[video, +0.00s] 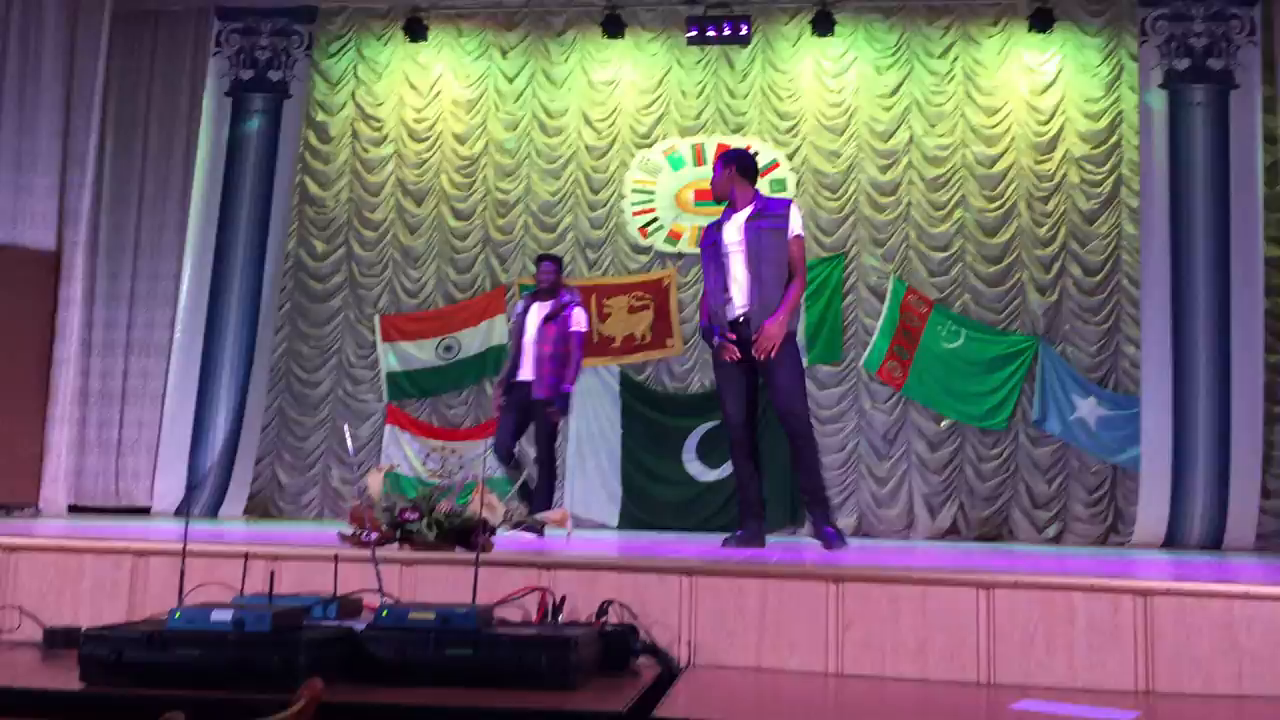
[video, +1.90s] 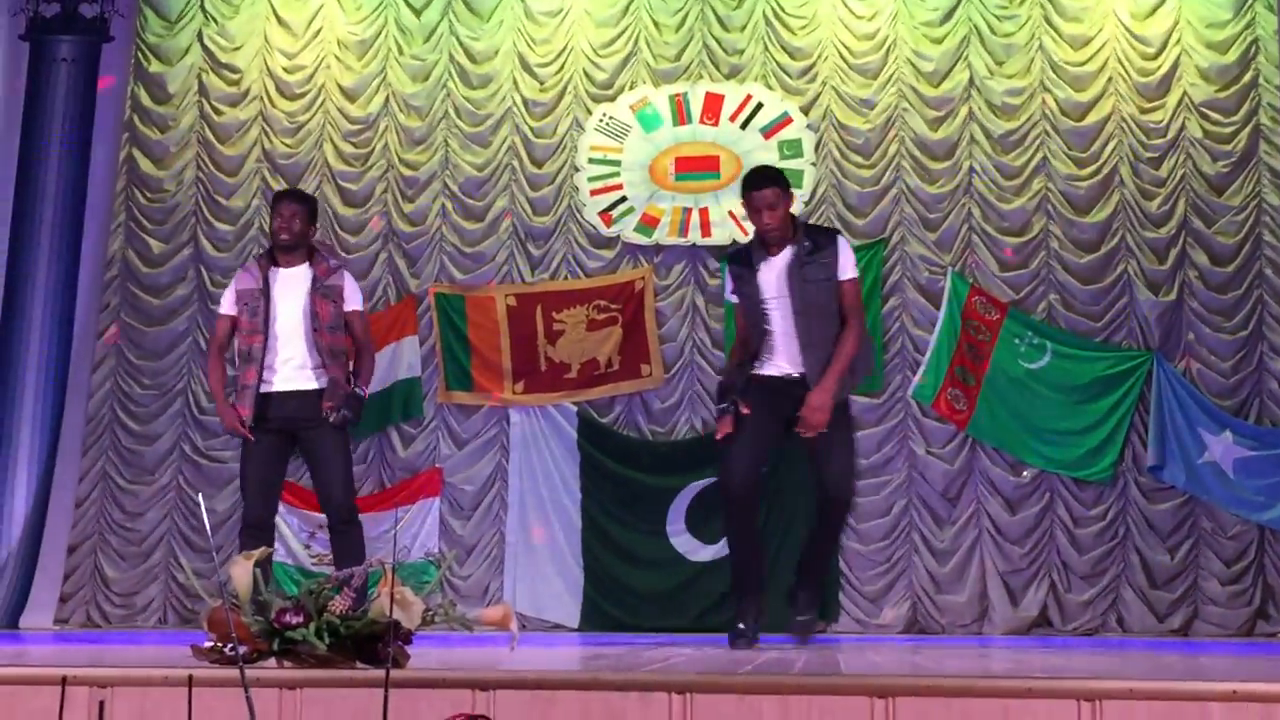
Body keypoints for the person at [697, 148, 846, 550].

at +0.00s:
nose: (712, 180)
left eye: (716, 172)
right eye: (714, 172)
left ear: (733, 173)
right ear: (736, 174)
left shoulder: (783, 212)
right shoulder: (712, 232)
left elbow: (798, 275)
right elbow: (708, 291)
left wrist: (780, 322)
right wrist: (712, 332)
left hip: (775, 334)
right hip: (729, 339)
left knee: (796, 424)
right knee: (739, 434)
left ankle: (822, 521)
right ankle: (751, 528)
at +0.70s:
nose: (768, 188)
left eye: (777, 184)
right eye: (764, 184)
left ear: (794, 193)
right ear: (758, 193)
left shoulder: (817, 239)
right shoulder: (740, 243)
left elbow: (823, 303)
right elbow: (739, 311)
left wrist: (813, 336)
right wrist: (710, 314)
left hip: (794, 356)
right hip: (744, 356)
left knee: (807, 451)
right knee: (713, 441)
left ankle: (822, 551)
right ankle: (689, 541)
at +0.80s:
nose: (801, 156)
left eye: (811, 150)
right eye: (794, 152)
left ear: (830, 166)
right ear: (785, 168)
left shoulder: (857, 223)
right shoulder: (764, 227)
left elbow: (862, 302)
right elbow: (751, 305)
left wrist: (863, 267)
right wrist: (715, 264)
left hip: (833, 359)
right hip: (772, 357)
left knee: (849, 471)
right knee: (728, 459)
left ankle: (871, 595)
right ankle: (688, 574)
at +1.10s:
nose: (759, 186)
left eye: (769, 179)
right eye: (755, 179)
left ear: (790, 187)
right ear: (749, 189)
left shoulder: (822, 239)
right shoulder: (737, 248)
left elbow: (827, 298)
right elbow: (721, 315)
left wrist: (790, 244)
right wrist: (728, 250)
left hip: (805, 372)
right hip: (745, 375)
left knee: (843, 477)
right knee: (719, 478)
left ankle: (889, 593)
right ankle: (701, 592)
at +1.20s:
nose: (742, 165)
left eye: (753, 157)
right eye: (739, 158)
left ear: (778, 167)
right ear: (737, 169)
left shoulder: (819, 223)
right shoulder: (725, 242)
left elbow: (830, 305)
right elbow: (723, 322)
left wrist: (775, 314)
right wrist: (738, 309)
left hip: (805, 369)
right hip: (744, 372)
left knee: (839, 478)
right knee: (725, 487)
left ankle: (868, 604)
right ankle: (710, 615)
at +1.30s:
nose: (713, 167)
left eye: (722, 158)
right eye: (712, 159)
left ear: (753, 164)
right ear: (721, 169)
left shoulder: (798, 219)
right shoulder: (709, 238)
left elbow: (812, 303)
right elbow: (701, 324)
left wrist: (779, 359)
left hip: (786, 367)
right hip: (727, 372)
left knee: (809, 472)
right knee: (712, 487)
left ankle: (814, 595)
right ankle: (701, 613)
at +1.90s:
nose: (767, 217)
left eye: (774, 206)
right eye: (757, 210)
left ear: (790, 204)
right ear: (746, 213)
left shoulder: (831, 246)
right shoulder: (741, 264)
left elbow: (854, 325)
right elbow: (744, 339)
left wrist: (826, 391)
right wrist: (727, 399)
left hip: (821, 389)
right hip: (762, 390)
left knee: (838, 492)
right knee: (736, 485)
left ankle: (807, 593)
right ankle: (748, 607)